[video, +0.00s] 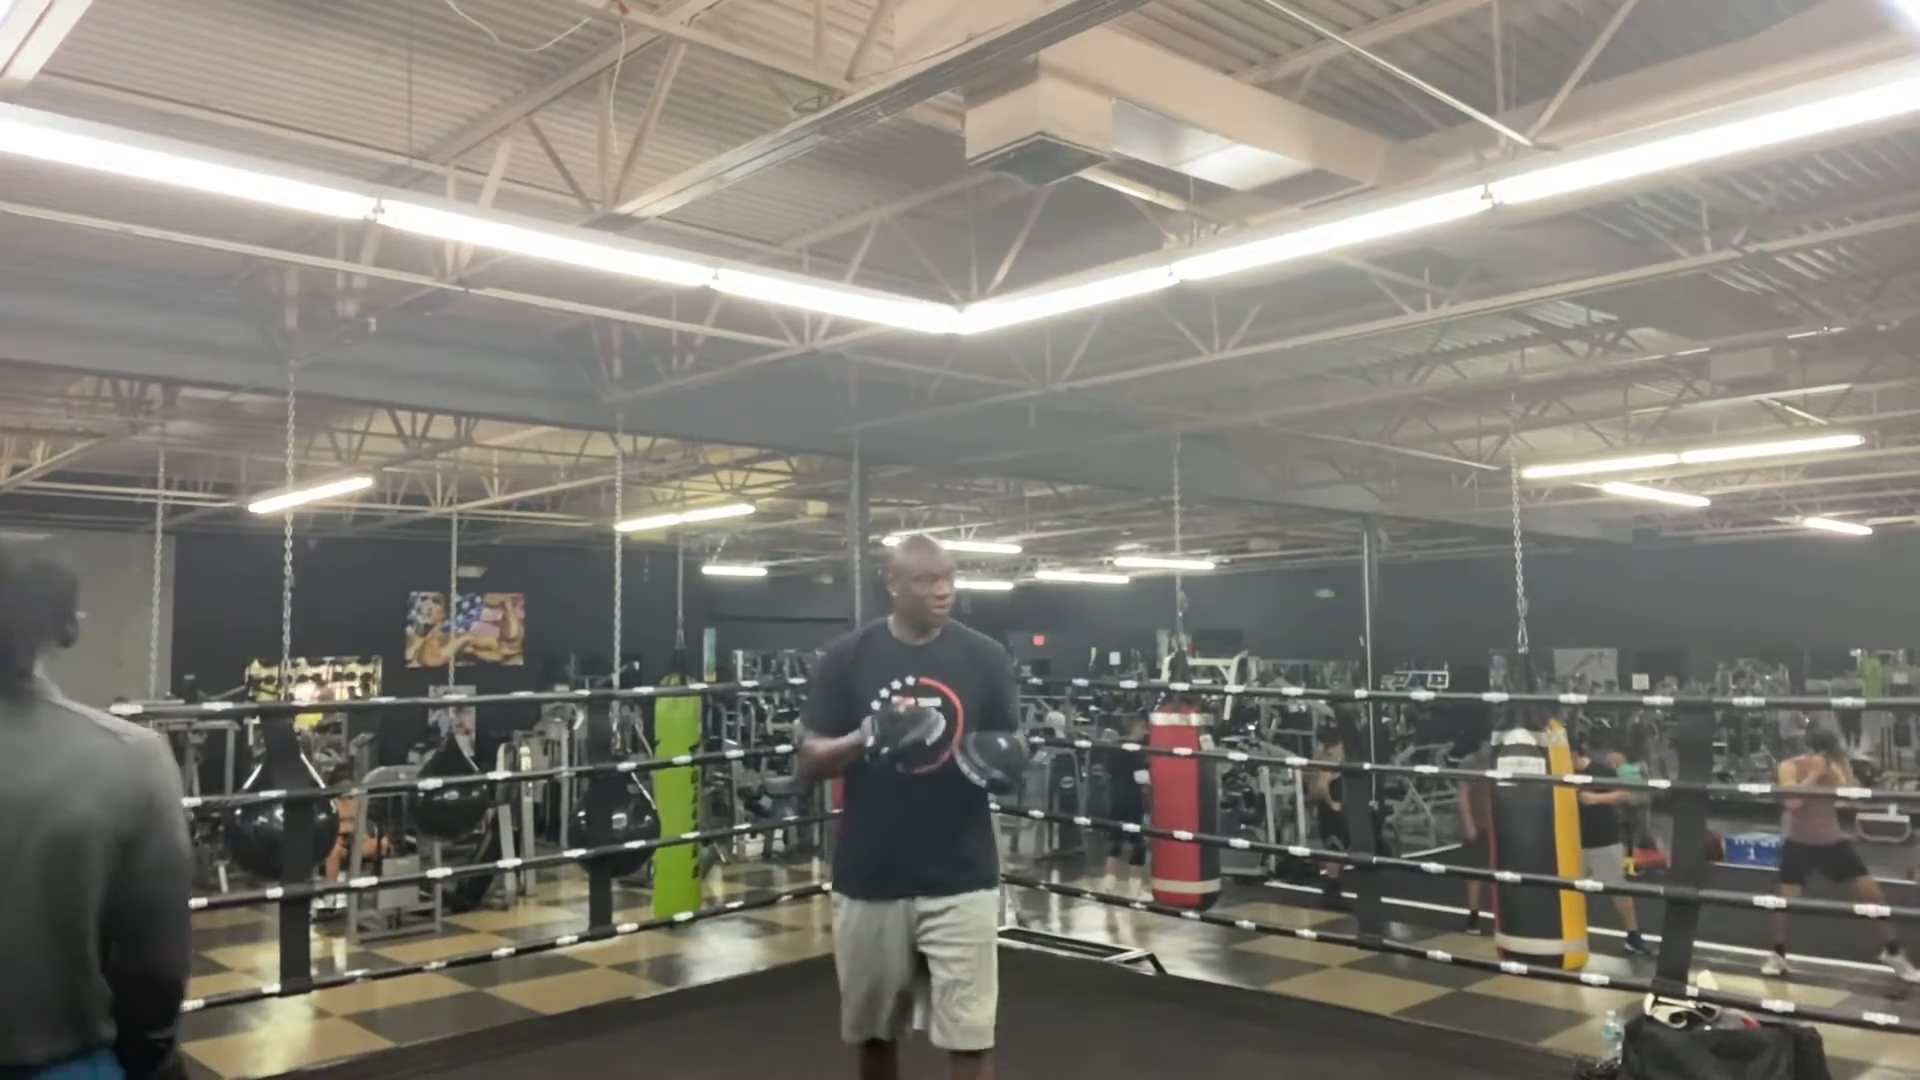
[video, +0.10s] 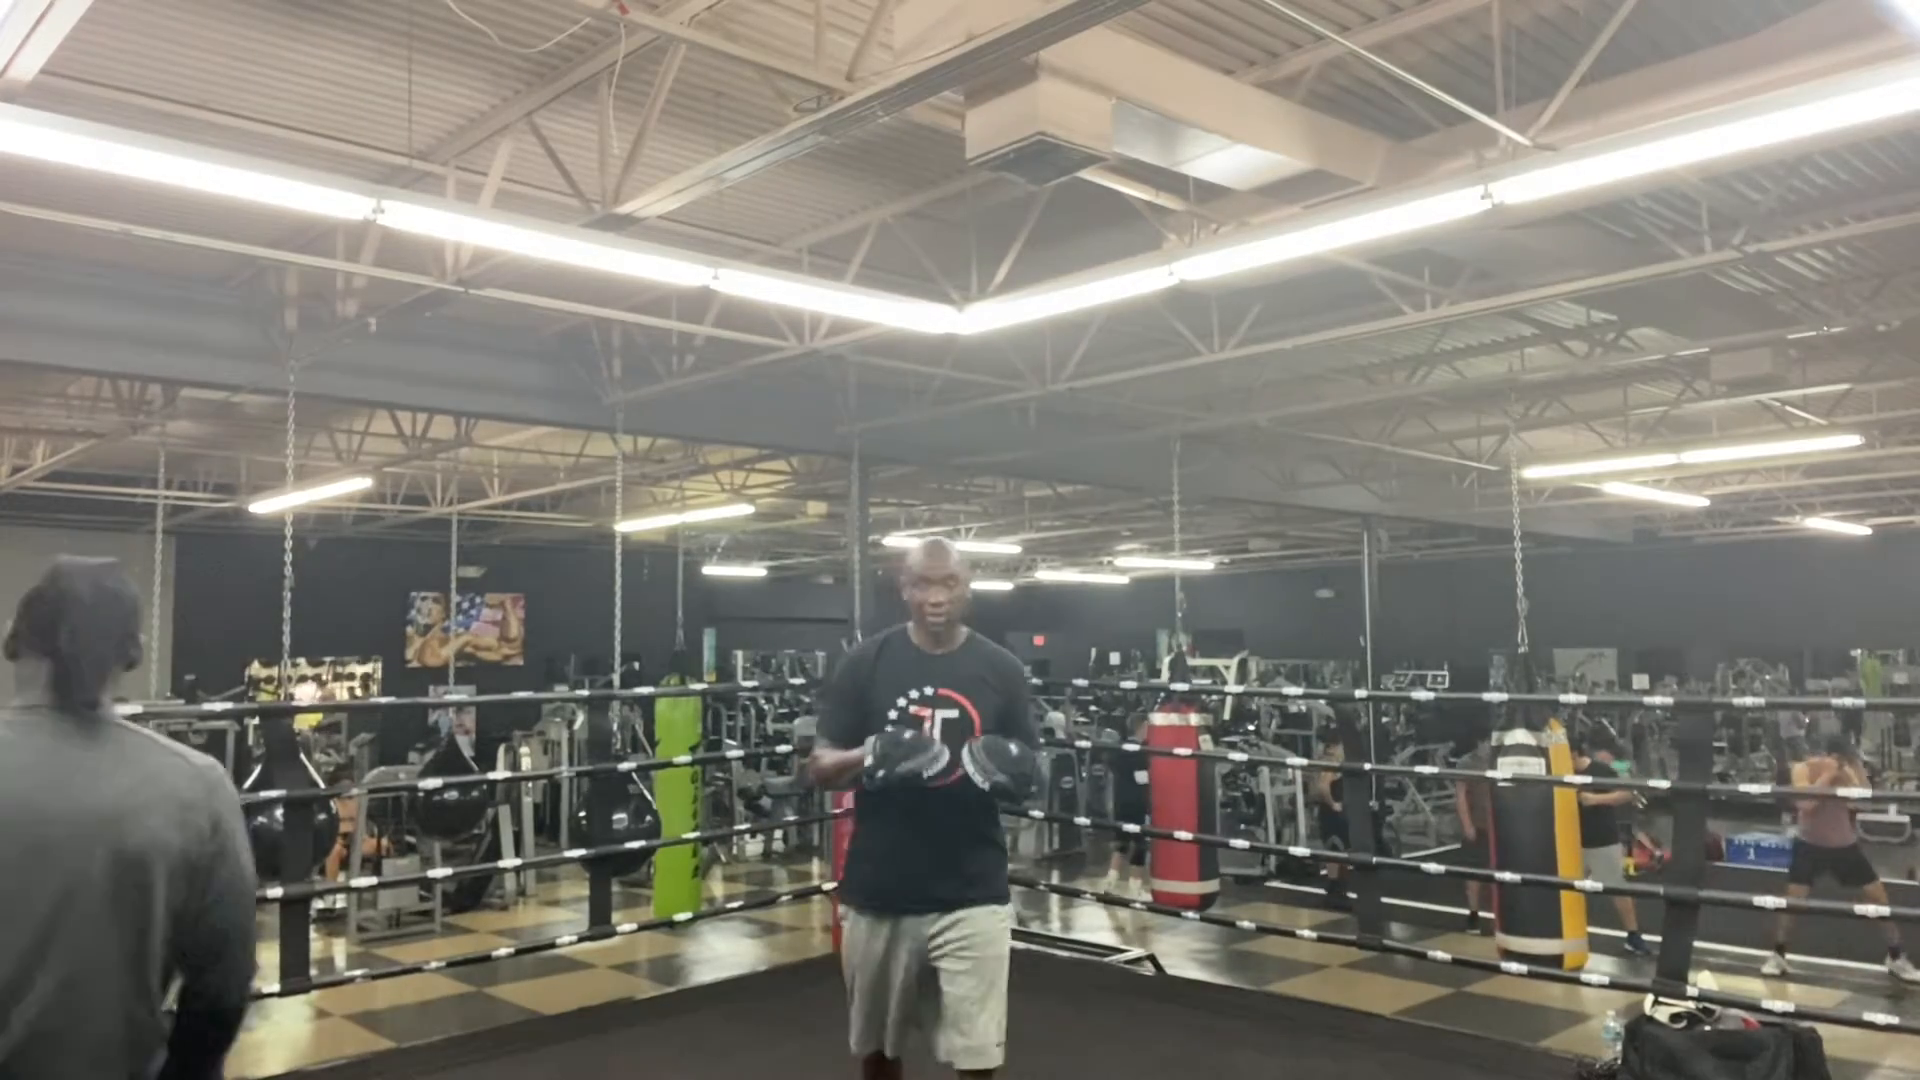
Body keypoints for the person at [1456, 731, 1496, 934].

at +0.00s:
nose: (1492, 750)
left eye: (1493, 746)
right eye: (1489, 746)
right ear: (1482, 746)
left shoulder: (1495, 766)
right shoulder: (1471, 764)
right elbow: (1464, 795)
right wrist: (1470, 825)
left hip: (1495, 827)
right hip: (1479, 828)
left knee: (1493, 872)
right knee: (1475, 871)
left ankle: (1493, 911)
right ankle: (1473, 912)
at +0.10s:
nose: (1490, 748)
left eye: (1492, 744)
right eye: (1487, 743)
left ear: (1494, 746)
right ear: (1478, 743)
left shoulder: (1496, 764)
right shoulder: (1467, 764)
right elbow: (1461, 796)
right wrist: (1468, 825)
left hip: (1496, 826)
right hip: (1477, 827)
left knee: (1495, 872)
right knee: (1474, 871)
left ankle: (1497, 912)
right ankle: (1473, 913)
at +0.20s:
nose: (1487, 748)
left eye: (1489, 743)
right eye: (1483, 743)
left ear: (1492, 745)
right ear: (1475, 744)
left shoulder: (1497, 764)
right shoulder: (1467, 765)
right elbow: (1461, 796)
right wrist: (1467, 828)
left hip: (1497, 827)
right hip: (1478, 828)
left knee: (1495, 872)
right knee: (1474, 872)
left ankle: (1497, 912)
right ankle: (1473, 913)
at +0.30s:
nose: (1488, 748)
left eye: (1489, 743)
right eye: (1484, 743)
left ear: (1490, 745)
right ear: (1475, 744)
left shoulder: (1494, 764)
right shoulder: (1467, 764)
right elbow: (1461, 796)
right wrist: (1467, 826)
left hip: (1494, 825)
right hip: (1476, 826)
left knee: (1493, 871)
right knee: (1474, 871)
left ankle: (1496, 912)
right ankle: (1474, 913)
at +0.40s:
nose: (1487, 748)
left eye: (1488, 743)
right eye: (1483, 743)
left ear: (1490, 745)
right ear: (1474, 745)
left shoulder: (1493, 765)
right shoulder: (1468, 765)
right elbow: (1461, 796)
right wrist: (1468, 826)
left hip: (1494, 826)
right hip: (1477, 827)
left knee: (1493, 872)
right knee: (1474, 871)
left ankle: (1496, 912)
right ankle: (1473, 913)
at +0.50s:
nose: (1487, 747)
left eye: (1488, 742)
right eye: (1483, 743)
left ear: (1491, 744)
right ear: (1474, 744)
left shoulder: (1495, 764)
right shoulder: (1468, 765)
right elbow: (1461, 795)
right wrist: (1468, 825)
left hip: (1495, 823)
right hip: (1478, 824)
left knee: (1493, 870)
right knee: (1474, 869)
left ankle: (1494, 911)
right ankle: (1473, 912)